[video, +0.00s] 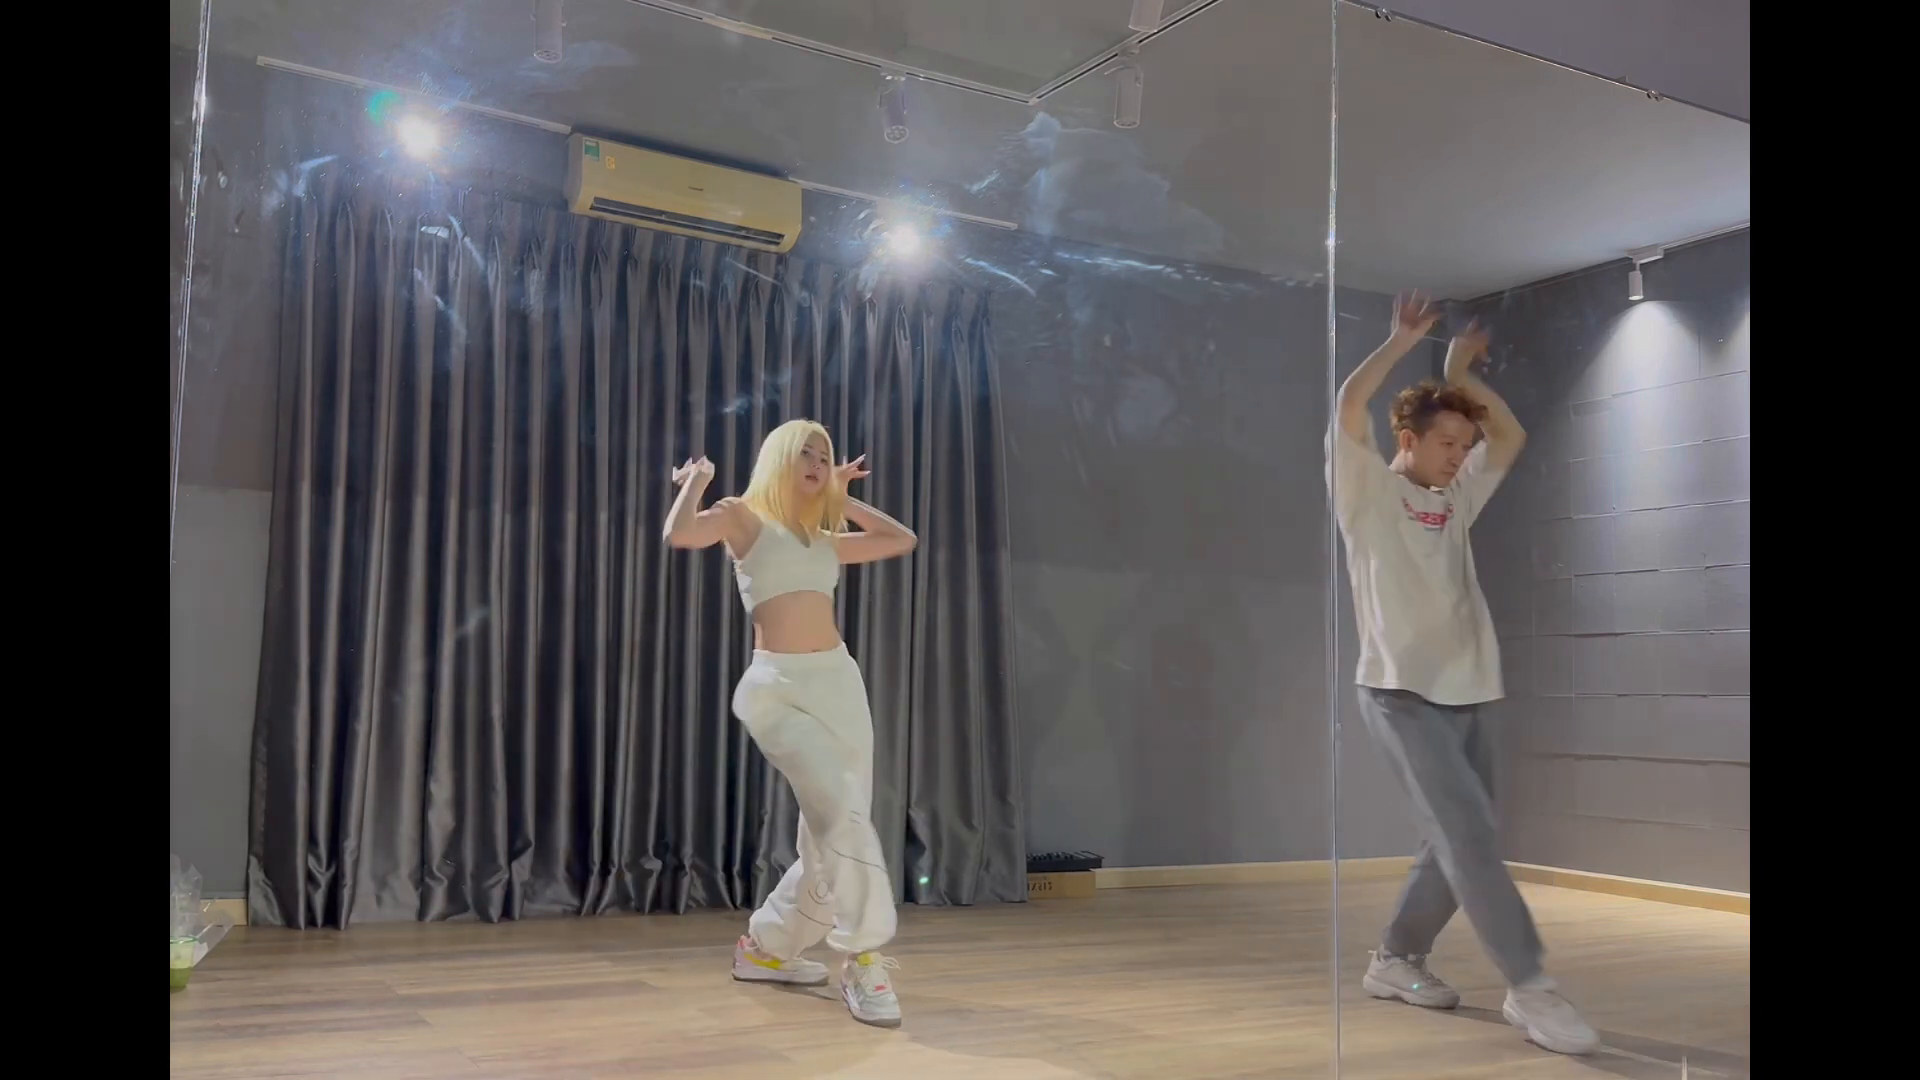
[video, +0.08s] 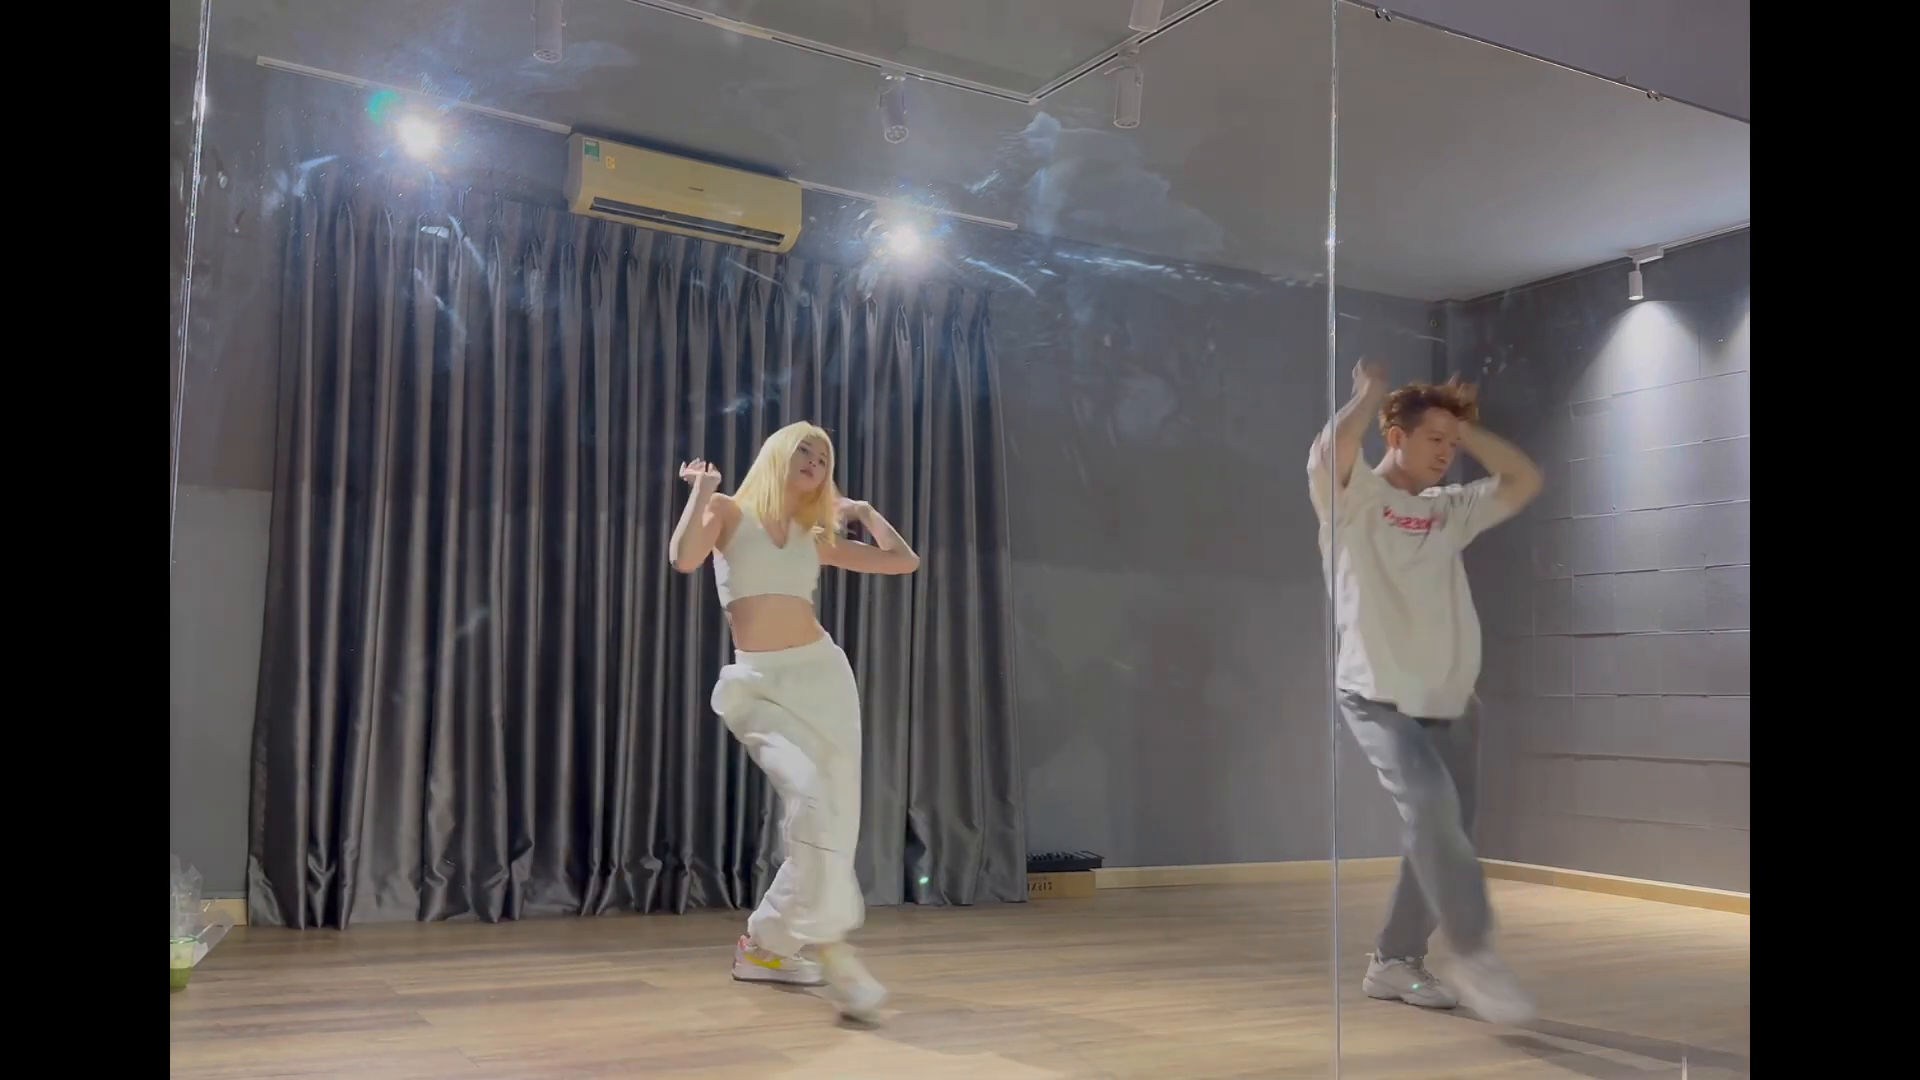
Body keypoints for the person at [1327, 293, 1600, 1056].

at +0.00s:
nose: (1459, 458)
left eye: (1466, 446)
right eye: (1449, 443)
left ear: (1466, 449)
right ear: (1409, 438)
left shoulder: (1458, 497)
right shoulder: (1367, 491)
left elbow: (1508, 438)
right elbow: (1349, 404)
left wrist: (1466, 374)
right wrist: (1400, 342)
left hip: (1469, 692)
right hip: (1402, 692)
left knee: (1465, 830)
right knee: (1468, 829)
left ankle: (1397, 961)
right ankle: (1529, 988)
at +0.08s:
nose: (1446, 453)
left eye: (1452, 443)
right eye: (1436, 439)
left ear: (1456, 449)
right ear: (1397, 436)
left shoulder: (1450, 508)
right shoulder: (1353, 500)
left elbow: (1524, 482)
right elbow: (1329, 455)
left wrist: (1468, 429)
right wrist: (1366, 400)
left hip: (1446, 697)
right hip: (1374, 695)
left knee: (1442, 827)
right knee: (1432, 806)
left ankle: (1394, 963)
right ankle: (1470, 951)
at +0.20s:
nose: (1421, 462)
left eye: (1431, 456)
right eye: (1412, 445)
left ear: (1432, 466)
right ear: (1374, 438)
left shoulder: (1425, 529)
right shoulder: (1319, 491)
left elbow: (1488, 559)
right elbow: (1321, 559)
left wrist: (1476, 494)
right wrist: (1380, 499)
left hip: (1425, 698)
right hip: (1353, 689)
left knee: (1442, 832)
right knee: (1382, 790)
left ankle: (1397, 962)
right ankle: (1330, 920)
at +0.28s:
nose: (1396, 485)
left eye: (1407, 476)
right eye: (1392, 467)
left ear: (1411, 476)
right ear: (1358, 448)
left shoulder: (1400, 527)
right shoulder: (1301, 505)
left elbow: (1436, 577)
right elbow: (1316, 599)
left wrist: (1463, 485)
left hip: (1407, 704)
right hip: (1338, 703)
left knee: (1442, 830)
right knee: (1330, 822)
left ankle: (1396, 964)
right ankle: (1238, 927)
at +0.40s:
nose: (1362, 484)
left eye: (1366, 471)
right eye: (1344, 475)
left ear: (1373, 473)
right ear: (1309, 489)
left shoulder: (1386, 536)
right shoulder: (1287, 543)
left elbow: (1448, 525)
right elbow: (1243, 630)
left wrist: (1405, 453)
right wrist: (1293, 688)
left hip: (1363, 736)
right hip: (1292, 728)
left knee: (1435, 832)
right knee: (1260, 847)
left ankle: (1393, 963)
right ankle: (1179, 960)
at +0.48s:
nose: (1345, 487)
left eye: (1346, 475)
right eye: (1327, 483)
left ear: (1356, 479)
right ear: (1297, 506)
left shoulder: (1384, 542)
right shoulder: (1278, 570)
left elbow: (1446, 491)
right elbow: (1217, 643)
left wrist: (1374, 444)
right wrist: (1259, 698)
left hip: (1345, 747)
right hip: (1274, 744)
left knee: (1424, 828)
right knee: (1238, 855)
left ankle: (1392, 963)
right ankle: (1174, 964)